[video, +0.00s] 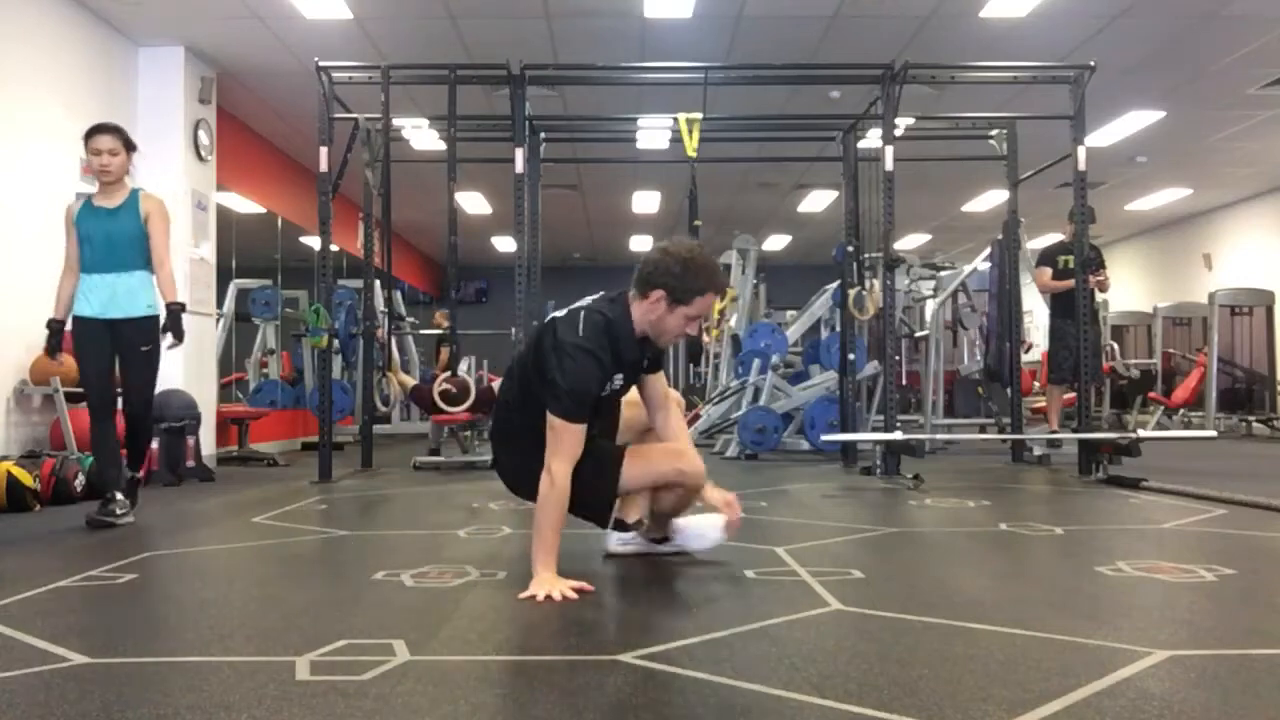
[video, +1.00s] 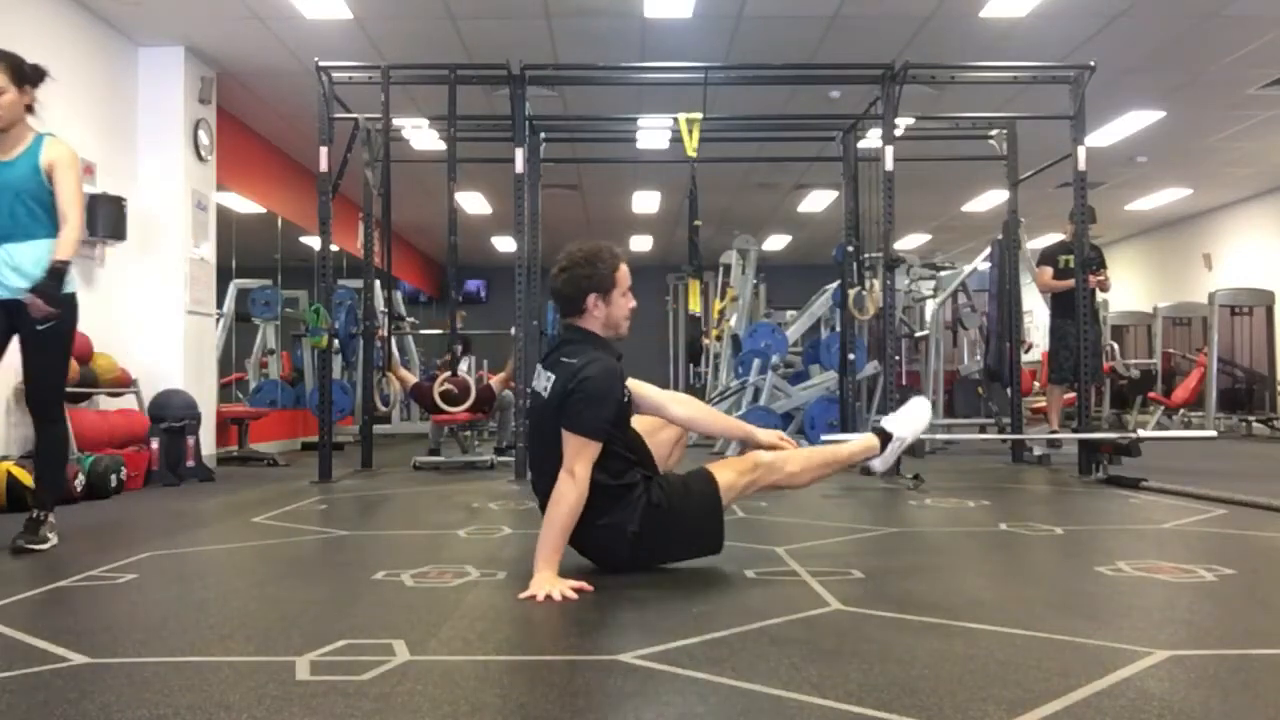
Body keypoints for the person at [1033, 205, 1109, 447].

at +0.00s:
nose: (1082, 230)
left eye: (1086, 225)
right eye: (1078, 224)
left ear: (1091, 226)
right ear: (1069, 224)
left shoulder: (1093, 252)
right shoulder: (1050, 252)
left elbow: (1104, 287)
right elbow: (1042, 284)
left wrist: (1101, 281)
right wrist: (1076, 283)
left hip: (1089, 321)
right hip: (1062, 321)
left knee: (1089, 376)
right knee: (1058, 377)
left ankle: (1087, 423)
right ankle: (1054, 427)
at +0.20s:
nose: (1082, 230)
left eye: (1086, 225)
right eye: (1078, 224)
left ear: (1091, 226)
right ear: (1069, 224)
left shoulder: (1094, 252)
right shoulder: (1051, 252)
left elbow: (1104, 287)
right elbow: (1043, 285)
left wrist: (1101, 281)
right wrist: (1076, 282)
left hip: (1089, 321)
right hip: (1062, 321)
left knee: (1089, 376)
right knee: (1058, 377)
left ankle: (1087, 423)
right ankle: (1054, 427)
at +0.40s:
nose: (1082, 230)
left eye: (1086, 225)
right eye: (1078, 224)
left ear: (1091, 226)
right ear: (1069, 224)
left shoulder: (1094, 252)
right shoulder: (1051, 252)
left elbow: (1104, 287)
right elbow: (1043, 284)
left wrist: (1101, 281)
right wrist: (1076, 283)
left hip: (1089, 321)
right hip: (1063, 321)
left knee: (1089, 375)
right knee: (1058, 377)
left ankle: (1087, 423)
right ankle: (1054, 427)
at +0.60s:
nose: (1082, 230)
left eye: (1087, 225)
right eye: (1078, 224)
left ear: (1092, 226)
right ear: (1069, 224)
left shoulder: (1094, 252)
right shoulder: (1051, 252)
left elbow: (1105, 287)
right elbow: (1042, 284)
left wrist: (1101, 281)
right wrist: (1076, 283)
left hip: (1089, 321)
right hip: (1063, 321)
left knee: (1089, 375)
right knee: (1058, 377)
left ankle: (1087, 423)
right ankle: (1054, 427)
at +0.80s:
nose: (1082, 230)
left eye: (1086, 225)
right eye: (1078, 224)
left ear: (1092, 226)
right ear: (1069, 224)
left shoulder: (1095, 252)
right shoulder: (1052, 252)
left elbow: (1105, 287)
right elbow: (1043, 284)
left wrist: (1101, 281)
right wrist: (1076, 282)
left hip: (1089, 321)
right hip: (1063, 321)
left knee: (1089, 376)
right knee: (1058, 377)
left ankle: (1087, 424)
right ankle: (1054, 427)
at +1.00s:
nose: (1082, 230)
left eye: (1086, 225)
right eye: (1078, 224)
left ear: (1092, 226)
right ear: (1069, 224)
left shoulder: (1095, 252)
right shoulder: (1052, 252)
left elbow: (1105, 287)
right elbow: (1043, 284)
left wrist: (1101, 281)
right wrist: (1076, 282)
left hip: (1089, 321)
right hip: (1063, 321)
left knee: (1089, 376)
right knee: (1058, 377)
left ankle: (1087, 423)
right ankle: (1054, 427)